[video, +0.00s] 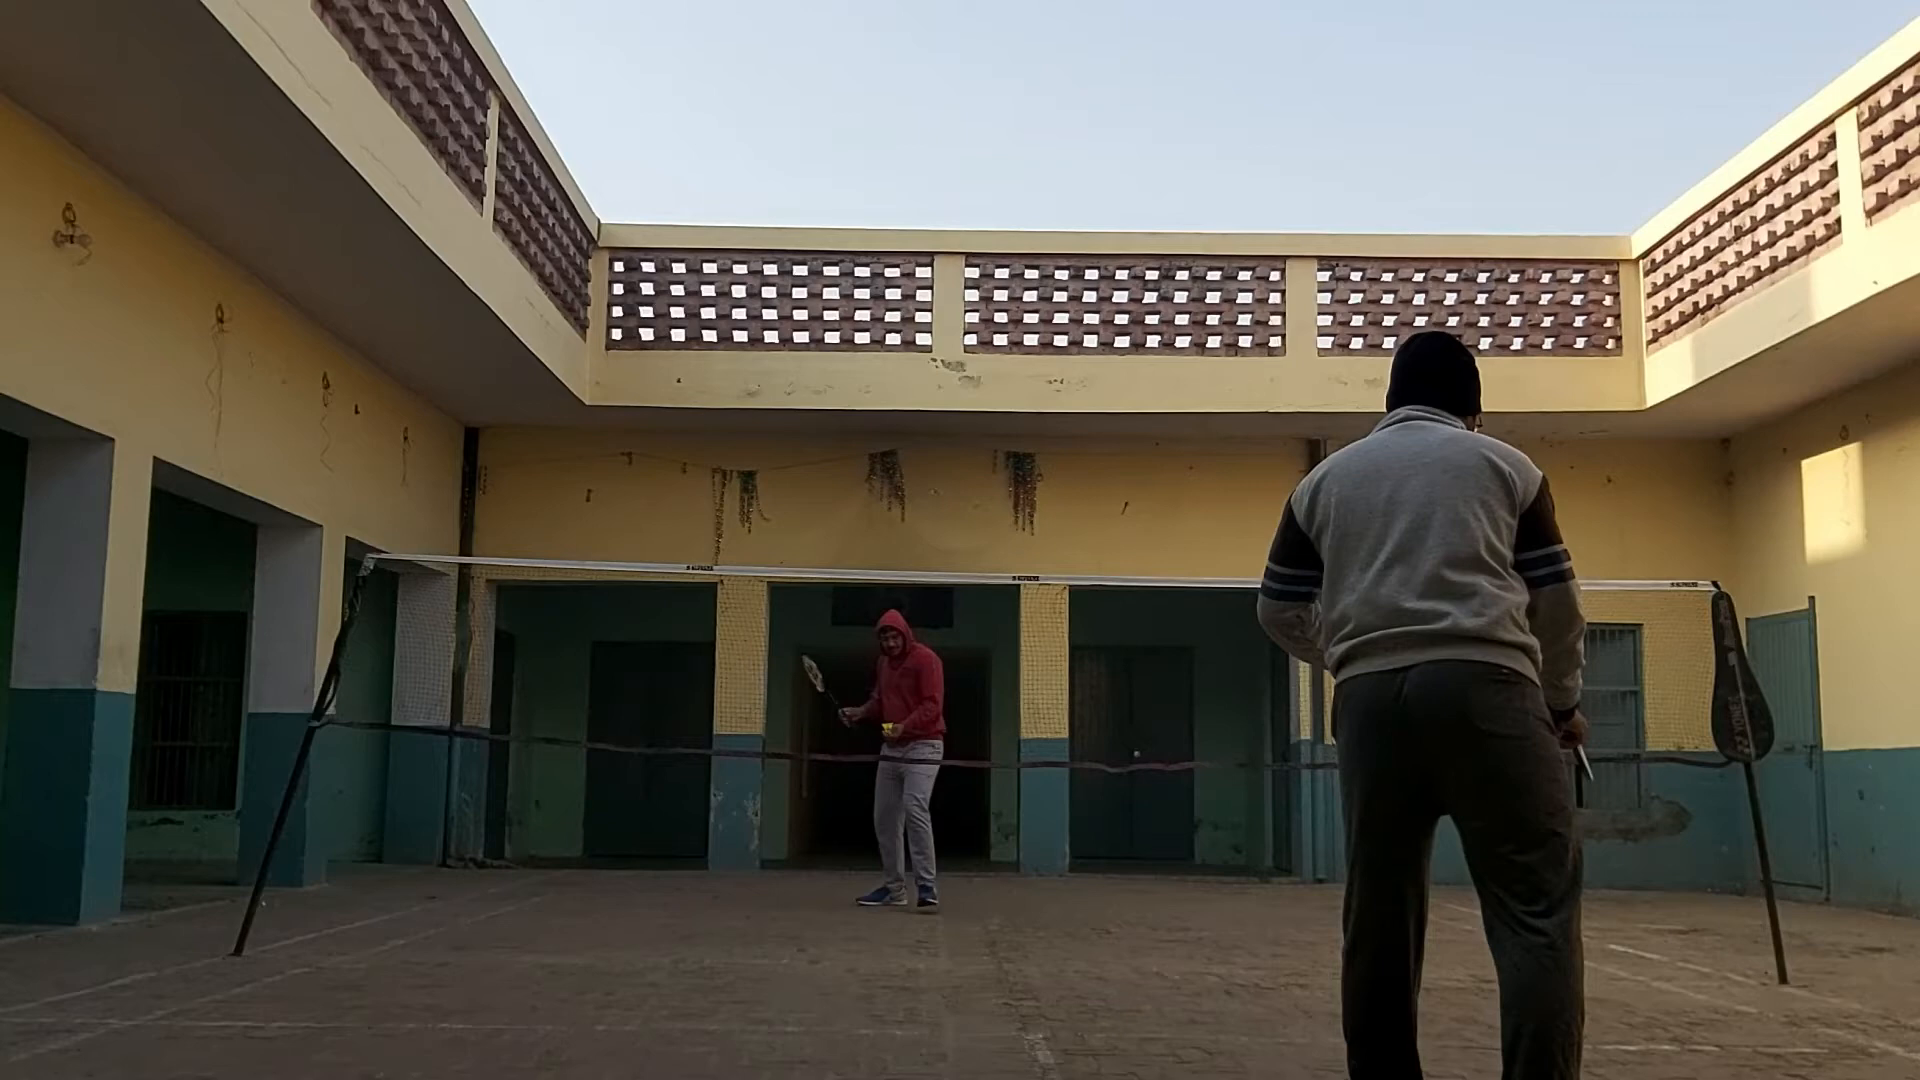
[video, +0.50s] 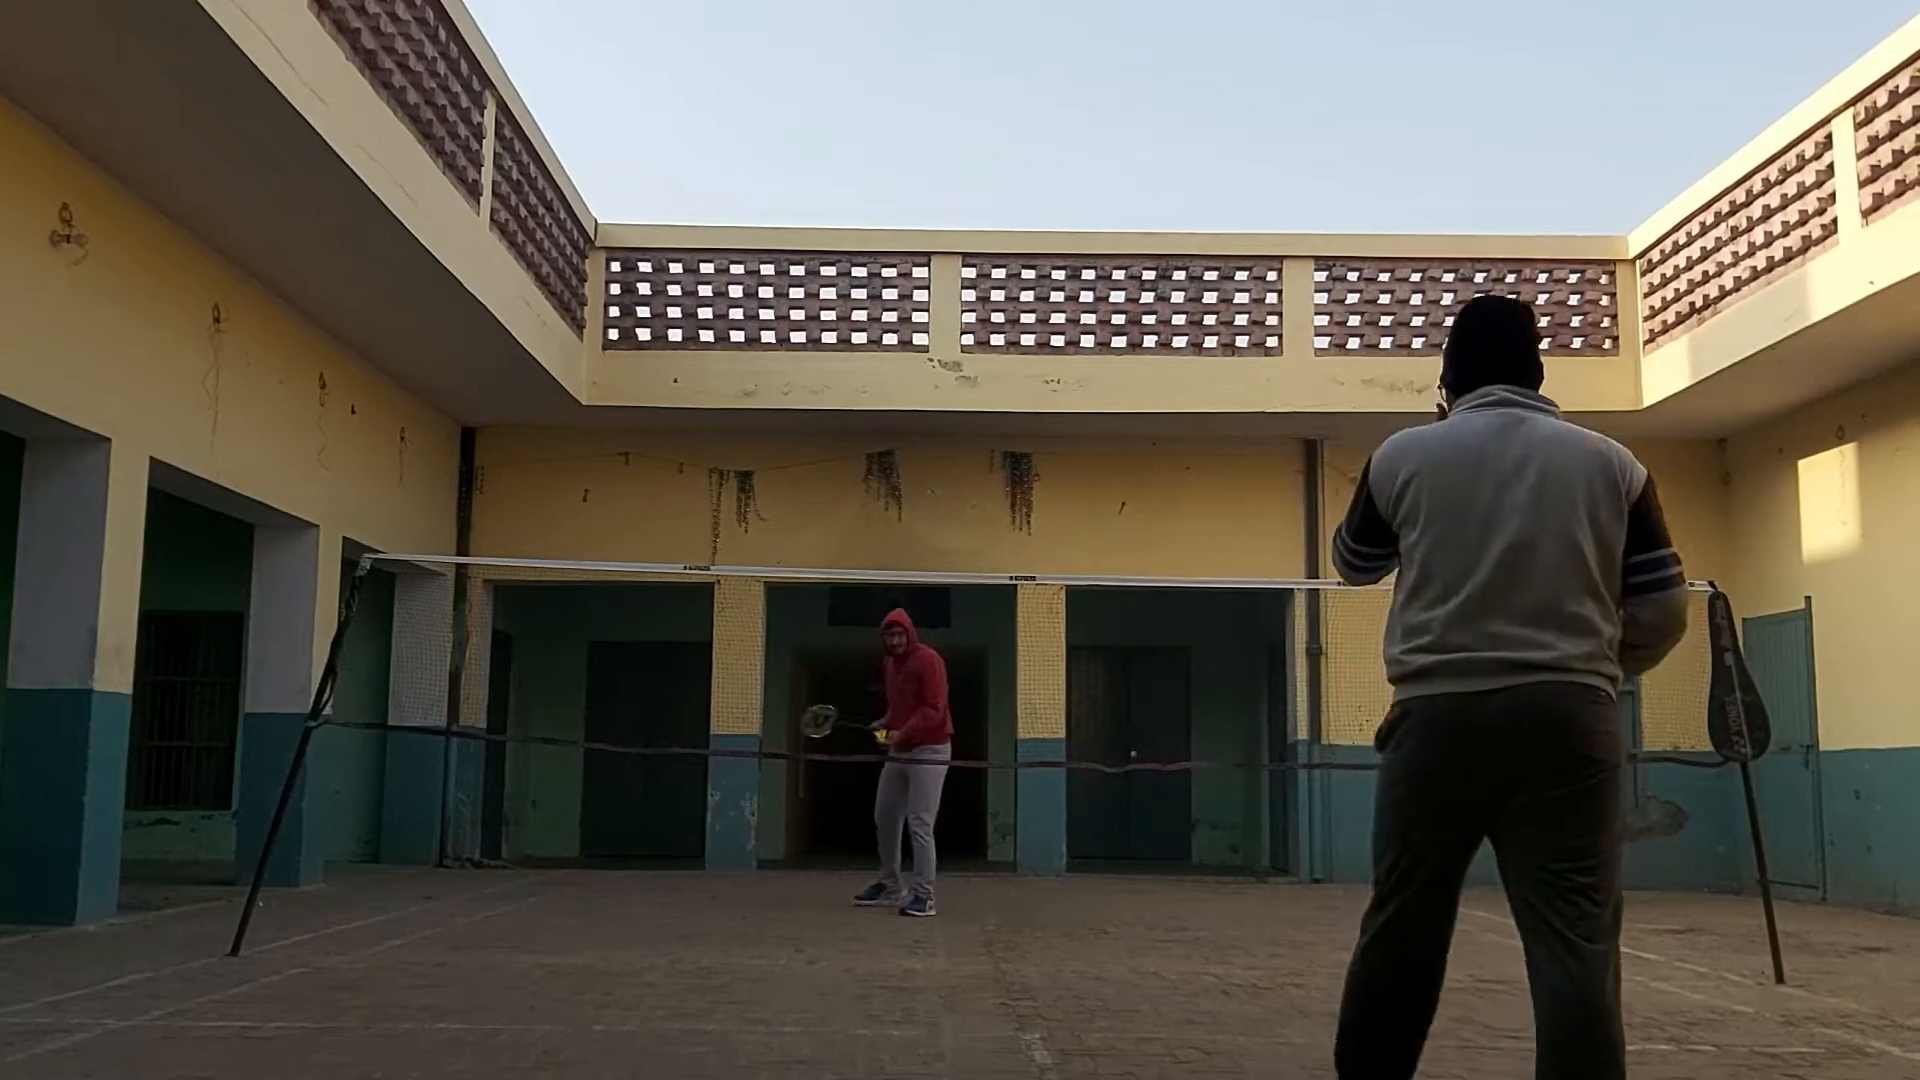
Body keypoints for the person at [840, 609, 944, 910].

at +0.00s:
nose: (889, 641)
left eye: (894, 635)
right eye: (884, 636)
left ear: (906, 635)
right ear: (880, 639)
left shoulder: (926, 660)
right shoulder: (884, 662)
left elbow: (932, 707)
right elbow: (880, 701)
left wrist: (903, 727)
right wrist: (860, 712)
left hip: (923, 746)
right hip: (892, 746)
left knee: (914, 808)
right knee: (885, 816)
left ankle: (926, 885)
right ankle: (894, 886)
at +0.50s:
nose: (894, 639)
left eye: (899, 634)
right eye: (889, 635)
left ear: (910, 635)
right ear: (884, 638)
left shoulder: (928, 660)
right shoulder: (891, 665)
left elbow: (935, 711)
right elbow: (899, 705)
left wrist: (902, 734)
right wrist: (885, 723)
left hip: (929, 751)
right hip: (900, 750)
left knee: (920, 823)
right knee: (886, 817)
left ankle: (923, 895)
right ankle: (889, 884)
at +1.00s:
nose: (894, 632)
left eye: (899, 626)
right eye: (889, 627)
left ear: (911, 628)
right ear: (883, 632)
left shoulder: (926, 653)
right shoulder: (896, 656)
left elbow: (913, 697)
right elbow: (904, 697)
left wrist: (867, 698)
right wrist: (892, 710)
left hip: (936, 747)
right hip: (906, 745)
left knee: (926, 821)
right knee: (893, 813)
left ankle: (923, 894)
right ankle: (904, 884)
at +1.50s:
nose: (892, 632)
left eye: (897, 627)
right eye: (887, 628)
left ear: (908, 628)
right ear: (883, 633)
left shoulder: (924, 653)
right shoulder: (897, 655)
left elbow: (910, 698)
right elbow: (906, 697)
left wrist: (864, 700)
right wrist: (895, 712)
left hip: (936, 747)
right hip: (908, 746)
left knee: (925, 823)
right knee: (893, 812)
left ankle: (924, 895)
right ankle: (903, 885)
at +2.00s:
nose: (897, 632)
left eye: (902, 627)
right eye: (893, 628)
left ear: (915, 628)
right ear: (890, 632)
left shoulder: (936, 655)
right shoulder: (899, 660)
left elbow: (942, 708)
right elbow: (896, 698)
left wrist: (918, 739)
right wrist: (895, 715)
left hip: (941, 751)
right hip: (910, 749)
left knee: (929, 823)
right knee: (891, 812)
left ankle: (924, 894)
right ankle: (902, 882)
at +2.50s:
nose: (942, 640)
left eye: (947, 636)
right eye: (937, 636)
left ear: (954, 642)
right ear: (928, 641)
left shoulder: (968, 673)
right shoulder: (912, 673)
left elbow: (992, 712)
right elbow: (898, 714)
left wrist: (1000, 749)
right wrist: (908, 741)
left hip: (951, 760)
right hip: (915, 760)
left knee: (937, 823)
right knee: (913, 825)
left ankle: (927, 891)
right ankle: (936, 884)